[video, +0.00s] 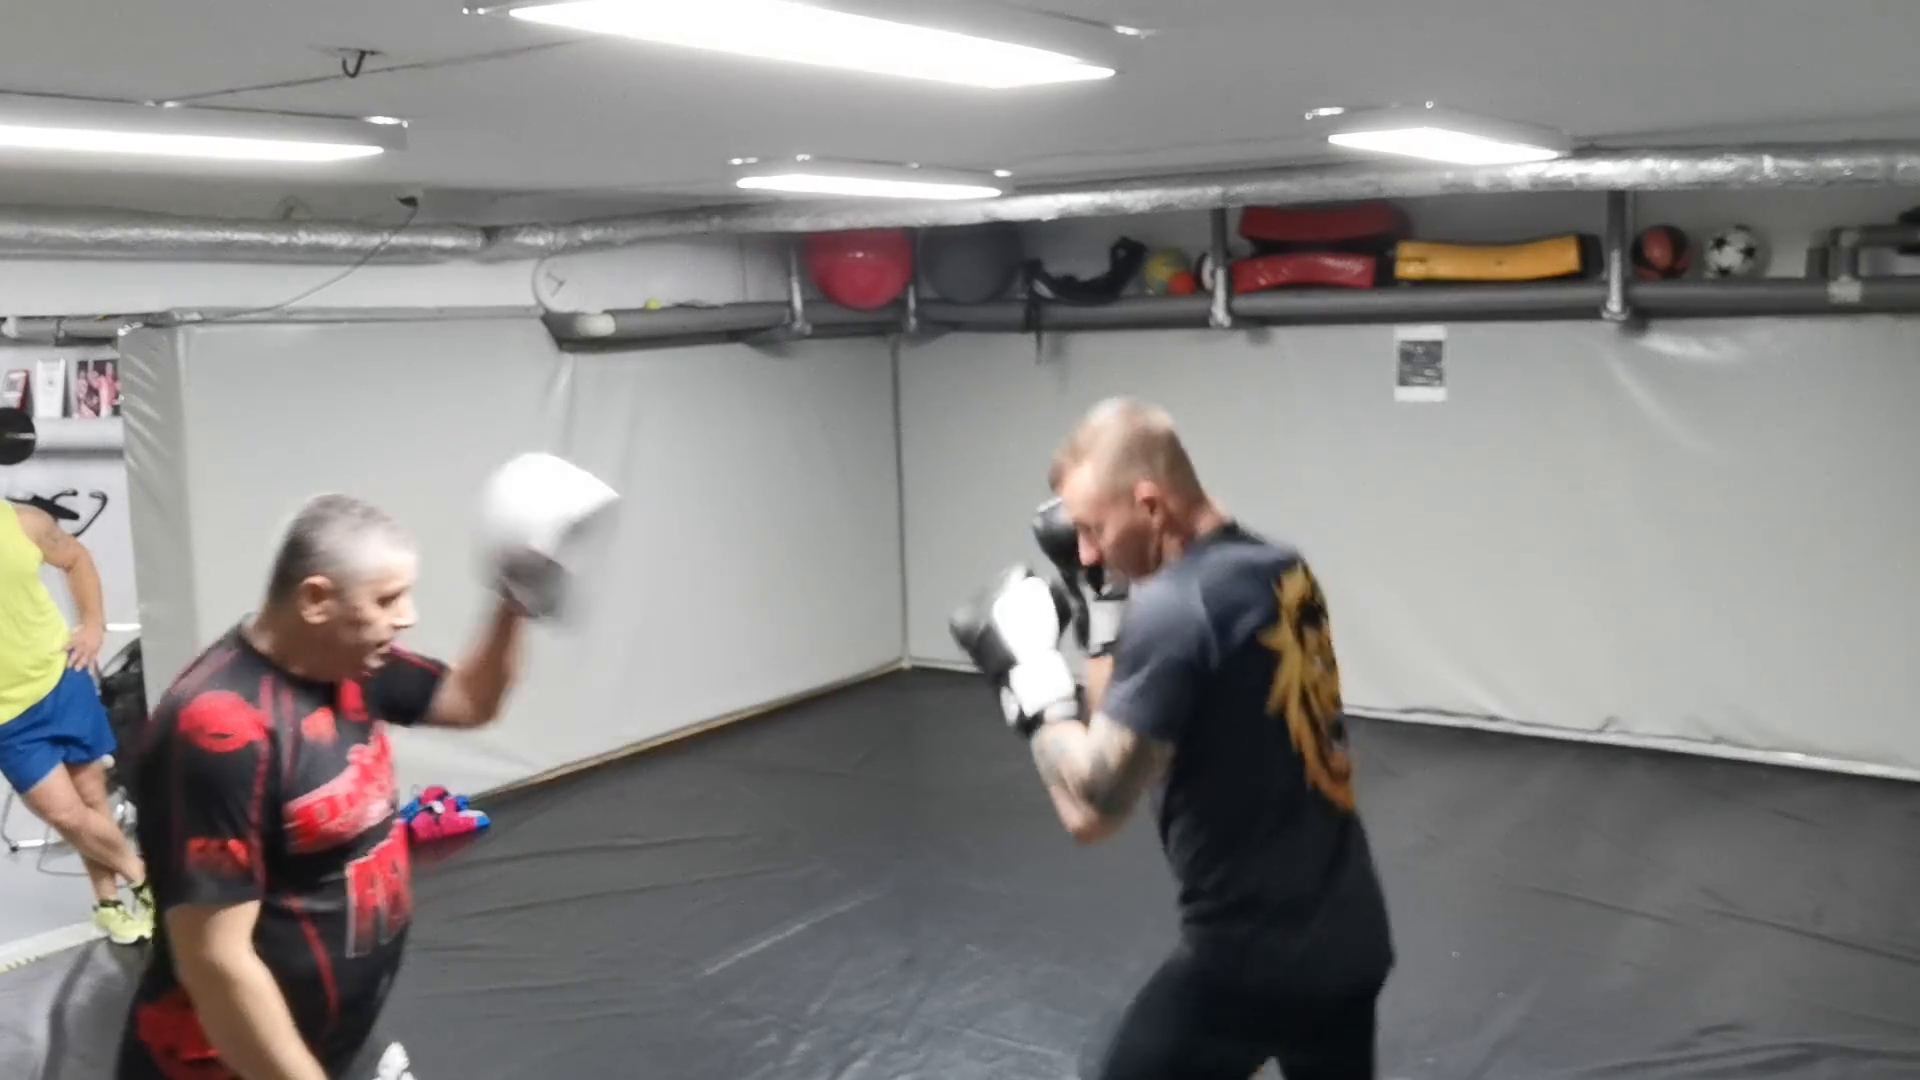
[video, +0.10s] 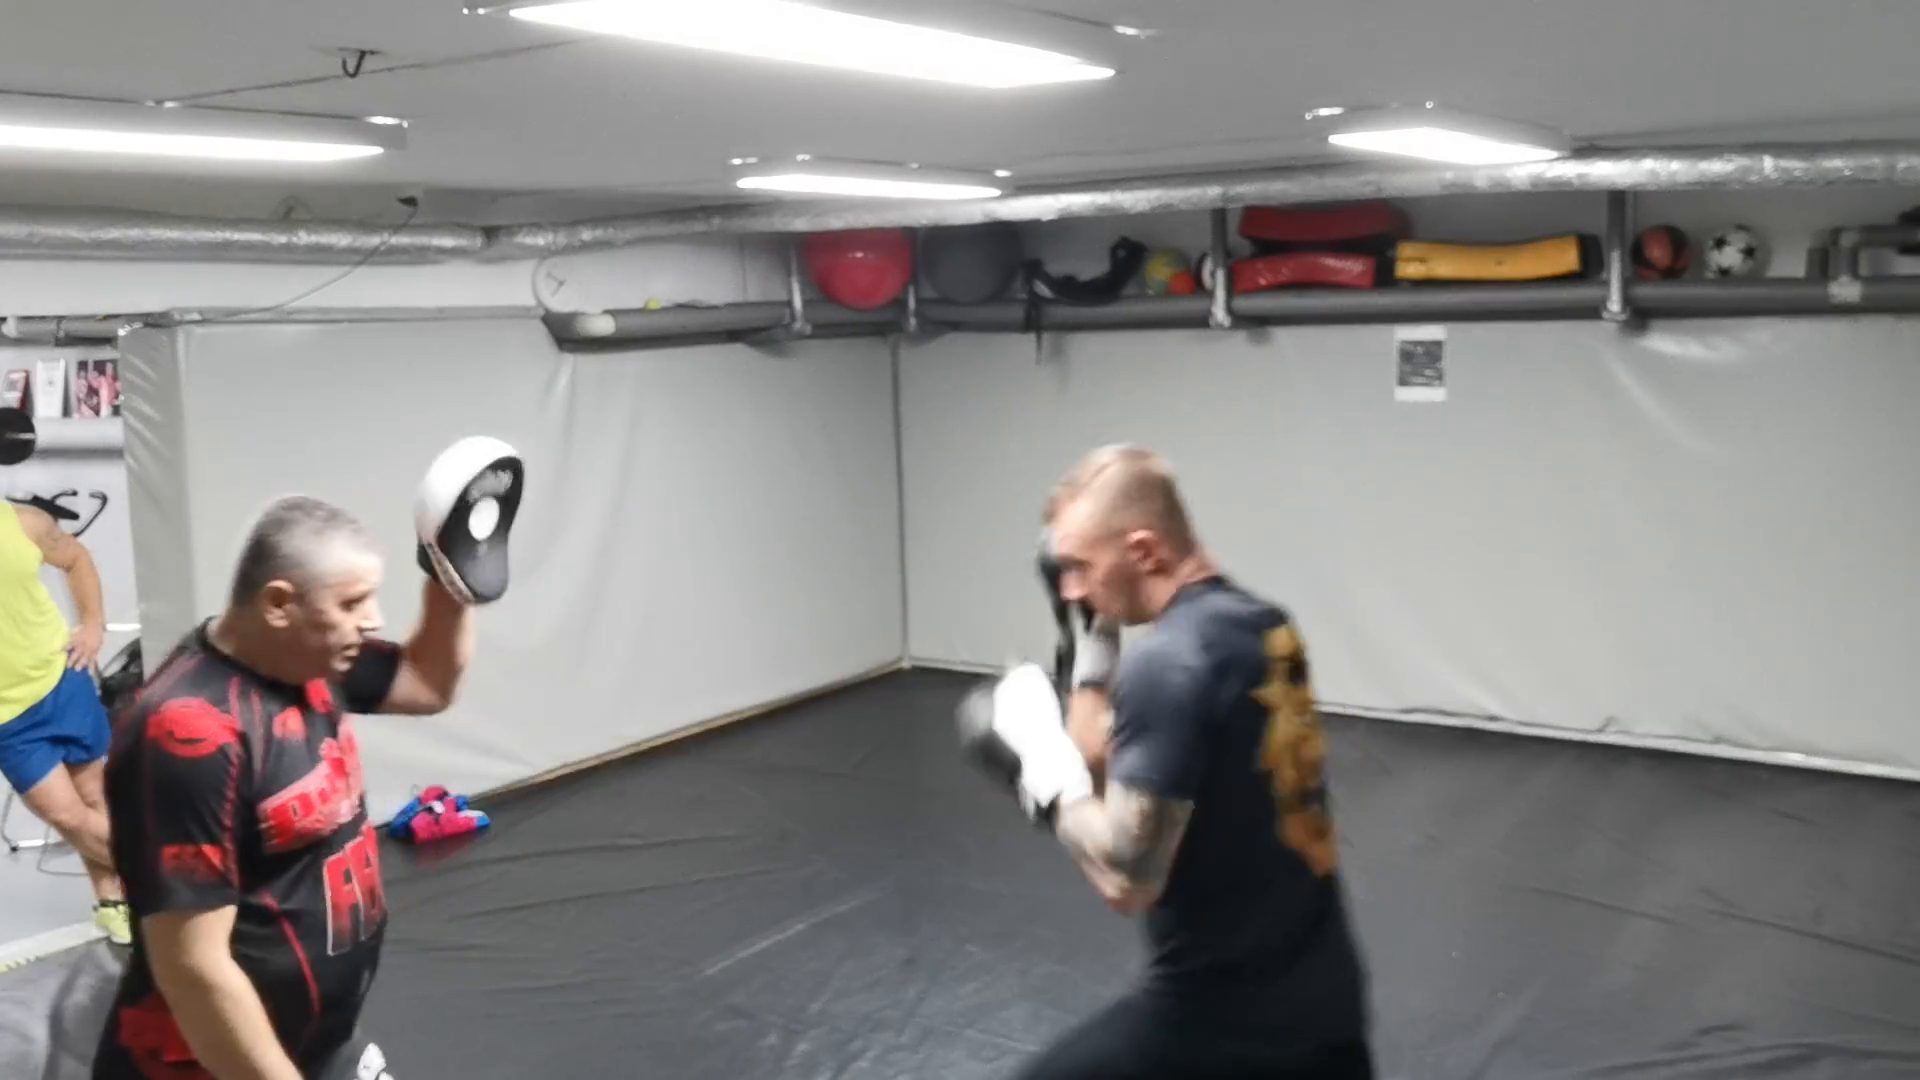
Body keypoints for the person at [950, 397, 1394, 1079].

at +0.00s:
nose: (1088, 556)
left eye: (1092, 530)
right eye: (1079, 534)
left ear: (1149, 504)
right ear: (1160, 501)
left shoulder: (1176, 606)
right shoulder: (1279, 568)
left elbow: (1089, 803)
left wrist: (1034, 670)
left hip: (1253, 956)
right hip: (1342, 934)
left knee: (1121, 1068)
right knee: (1334, 1068)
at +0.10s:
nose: (1070, 593)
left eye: (1079, 567)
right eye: (1063, 570)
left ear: (1143, 551)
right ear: (1151, 551)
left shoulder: (1172, 661)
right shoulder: (1260, 622)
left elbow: (1127, 876)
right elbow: (1098, 753)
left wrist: (1043, 759)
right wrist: (1097, 630)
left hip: (1225, 1009)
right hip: (1317, 986)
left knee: (1044, 1071)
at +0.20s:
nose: (987, 573)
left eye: (996, 548)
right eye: (984, 550)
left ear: (1062, 534)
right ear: (1074, 531)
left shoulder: (1078, 638)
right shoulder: (1204, 614)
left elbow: (1045, 834)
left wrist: (937, 778)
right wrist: (1048, 628)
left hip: (1122, 993)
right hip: (1237, 982)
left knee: (962, 1071)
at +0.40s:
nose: (868, 618)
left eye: (872, 599)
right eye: (863, 599)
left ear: (929, 585)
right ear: (980, 573)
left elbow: (679, 710)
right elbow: (1092, 837)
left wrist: (558, 654)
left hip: (983, 1040)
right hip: (1118, 1033)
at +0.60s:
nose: (898, 589)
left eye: (904, 564)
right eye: (894, 567)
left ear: (962, 544)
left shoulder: (966, 642)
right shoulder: (1110, 626)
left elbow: (904, 852)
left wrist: (818, 737)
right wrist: (946, 636)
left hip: (1002, 1010)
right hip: (1118, 997)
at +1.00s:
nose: (923, 590)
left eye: (933, 564)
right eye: (919, 567)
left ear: (997, 543)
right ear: (1005, 542)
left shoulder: (1011, 666)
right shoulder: (1130, 630)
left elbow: (950, 900)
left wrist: (873, 759)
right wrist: (977, 655)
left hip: (1060, 1045)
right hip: (1173, 1034)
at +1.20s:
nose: (945, 586)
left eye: (952, 561)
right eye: (938, 565)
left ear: (1016, 537)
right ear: (1022, 538)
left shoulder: (1076, 663)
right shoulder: (1126, 608)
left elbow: (1011, 855)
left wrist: (940, 724)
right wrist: (996, 865)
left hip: (1168, 987)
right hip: (1223, 955)